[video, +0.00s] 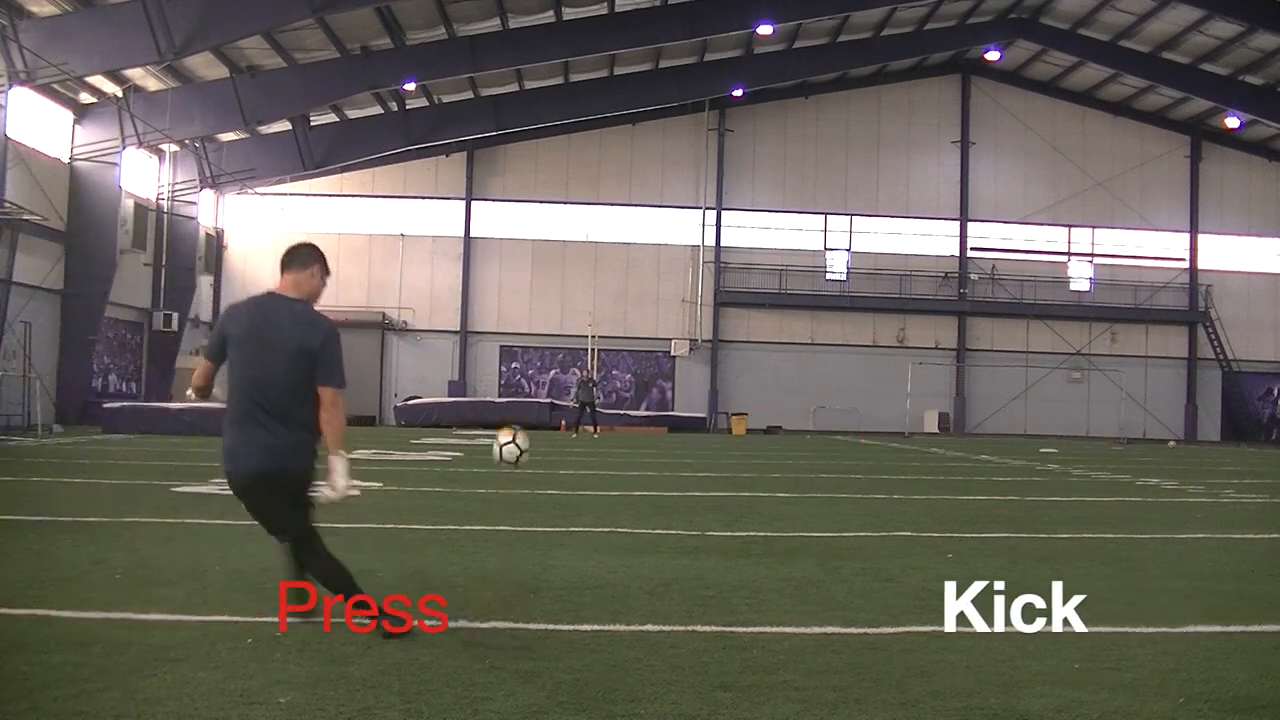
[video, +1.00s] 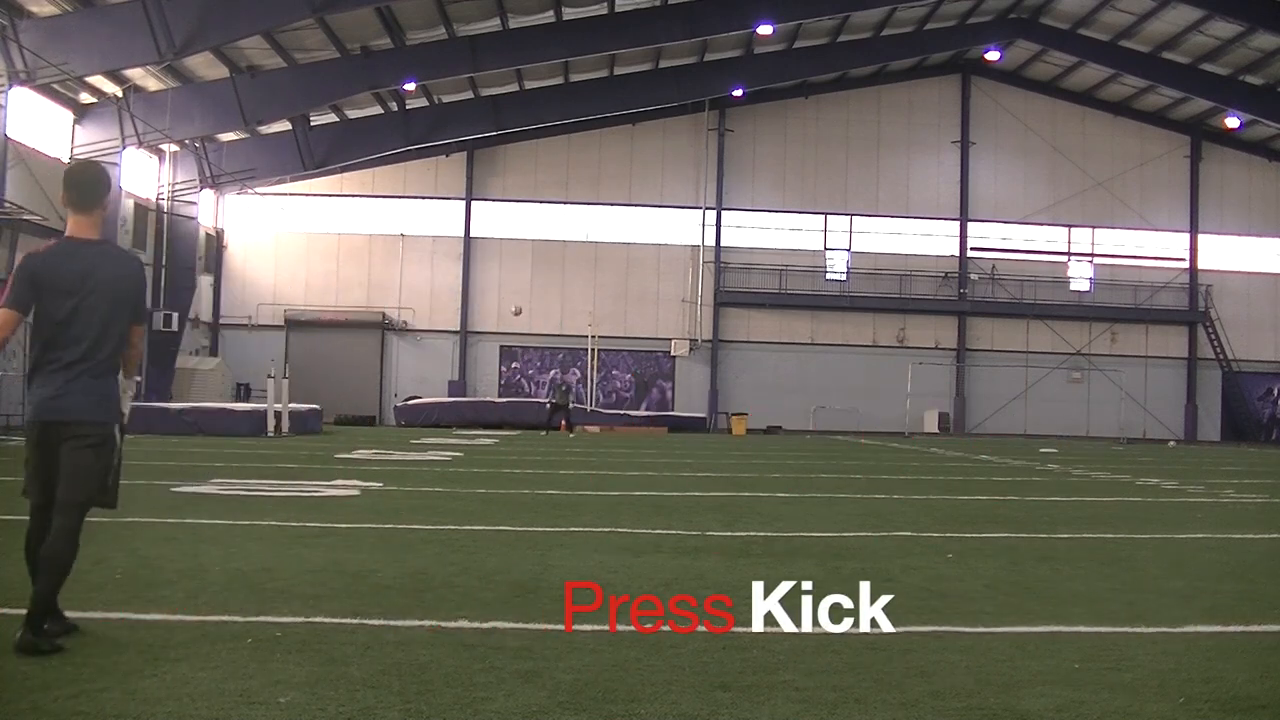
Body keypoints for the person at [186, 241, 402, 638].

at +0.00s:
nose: (322, 291)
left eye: (324, 283)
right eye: (324, 281)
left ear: (283, 271)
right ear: (313, 273)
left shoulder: (236, 314)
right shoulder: (320, 329)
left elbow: (201, 379)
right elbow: (329, 400)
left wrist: (200, 391)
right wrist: (337, 458)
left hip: (241, 458)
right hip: (293, 458)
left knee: (304, 542)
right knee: (293, 533)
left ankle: (369, 610)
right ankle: (298, 603)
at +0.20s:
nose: (241, 246)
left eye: (219, 237)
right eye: (255, 237)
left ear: (218, 237)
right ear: (258, 238)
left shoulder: (197, 287)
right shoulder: (279, 294)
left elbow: (158, 352)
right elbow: (288, 363)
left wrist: (115, 397)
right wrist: (291, 412)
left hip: (211, 427)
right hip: (258, 428)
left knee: (173, 505)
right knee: (241, 516)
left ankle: (223, 593)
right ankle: (232, 598)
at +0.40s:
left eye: (156, 220)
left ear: (157, 220)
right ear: (196, 219)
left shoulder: (149, 273)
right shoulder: (224, 272)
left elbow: (117, 330)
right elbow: (240, 329)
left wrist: (55, 364)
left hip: (153, 413)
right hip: (206, 415)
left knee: (107, 506)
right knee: (216, 513)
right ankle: (230, 604)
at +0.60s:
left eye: (110, 210)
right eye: (143, 205)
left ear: (106, 212)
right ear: (149, 211)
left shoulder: (95, 266)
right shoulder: (180, 270)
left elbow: (75, 330)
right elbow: (174, 329)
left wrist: (29, 387)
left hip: (98, 411)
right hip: (152, 411)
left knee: (73, 514)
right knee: (178, 504)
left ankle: (56, 615)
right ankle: (198, 599)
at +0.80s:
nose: (79, 207)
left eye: (74, 200)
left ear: (74, 203)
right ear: (118, 204)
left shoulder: (58, 264)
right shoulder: (144, 264)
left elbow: (42, 336)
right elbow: (138, 329)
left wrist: (13, 389)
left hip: (69, 409)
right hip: (126, 408)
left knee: (57, 513)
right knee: (140, 498)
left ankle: (54, 616)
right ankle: (92, 597)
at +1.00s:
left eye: (63, 198)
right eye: (103, 197)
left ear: (63, 201)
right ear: (107, 202)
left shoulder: (37, 262)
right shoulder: (130, 267)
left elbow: (4, 330)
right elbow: (133, 355)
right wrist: (118, 363)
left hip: (44, 408)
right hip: (95, 412)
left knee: (42, 511)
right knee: (68, 518)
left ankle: (48, 613)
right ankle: (34, 627)